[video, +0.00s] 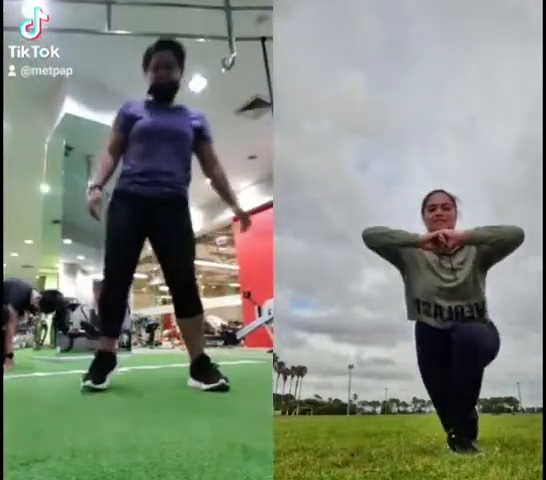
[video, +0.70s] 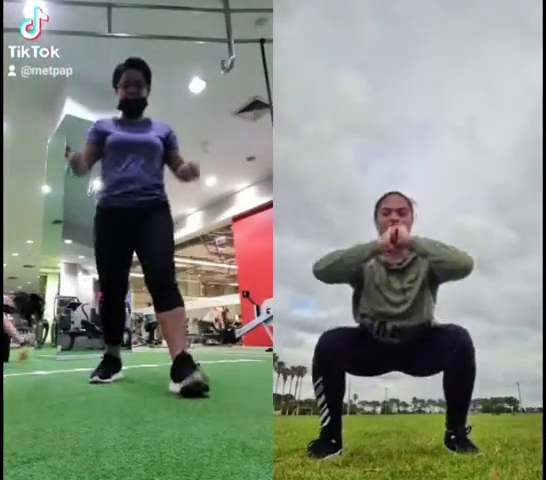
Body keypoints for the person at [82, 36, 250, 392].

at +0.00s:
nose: (163, 73)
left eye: (170, 68)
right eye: (157, 68)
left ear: (181, 74)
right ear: (147, 73)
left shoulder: (193, 120)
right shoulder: (131, 111)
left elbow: (212, 168)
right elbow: (112, 152)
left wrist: (236, 206)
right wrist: (96, 185)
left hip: (171, 204)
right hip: (128, 201)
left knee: (183, 281)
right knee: (116, 280)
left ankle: (199, 361)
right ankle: (105, 355)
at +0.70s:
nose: (132, 91)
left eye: (138, 86)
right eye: (126, 86)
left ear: (148, 91)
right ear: (116, 91)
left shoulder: (161, 130)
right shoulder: (103, 127)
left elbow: (179, 169)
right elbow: (83, 166)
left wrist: (188, 170)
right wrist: (77, 161)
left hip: (152, 212)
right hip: (112, 213)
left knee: (163, 282)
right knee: (112, 288)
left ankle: (182, 363)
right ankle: (111, 357)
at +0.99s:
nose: (141, 65)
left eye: (149, 59)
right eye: (135, 59)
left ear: (160, 66)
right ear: (124, 65)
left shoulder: (170, 107)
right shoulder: (111, 109)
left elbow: (203, 143)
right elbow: (86, 150)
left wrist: (178, 114)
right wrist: (87, 128)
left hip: (159, 200)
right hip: (115, 201)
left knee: (168, 276)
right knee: (83, 265)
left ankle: (182, 365)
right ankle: (84, 346)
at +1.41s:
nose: (114, 41)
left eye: (122, 35)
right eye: (107, 35)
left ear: (134, 42)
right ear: (94, 40)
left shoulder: (146, 87)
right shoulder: (80, 86)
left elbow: (186, 117)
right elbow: (43, 114)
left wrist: (152, 72)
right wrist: (77, 71)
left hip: (137, 192)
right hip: (87, 192)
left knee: (162, 275)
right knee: (62, 276)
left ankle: (183, 366)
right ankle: (48, 370)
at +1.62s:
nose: (92, 34)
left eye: (100, 28)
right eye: (84, 27)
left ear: (112, 35)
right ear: (71, 33)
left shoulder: (123, 80)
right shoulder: (57, 79)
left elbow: (165, 103)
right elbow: (15, 92)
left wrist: (125, 59)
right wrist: (64, 59)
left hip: (114, 191)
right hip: (64, 191)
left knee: (133, 273)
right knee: (52, 277)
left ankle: (139, 352)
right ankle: (48, 371)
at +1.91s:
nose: (79, 79)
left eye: (88, 72)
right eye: (72, 71)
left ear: (103, 79)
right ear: (61, 75)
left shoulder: (110, 119)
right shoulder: (48, 121)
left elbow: (129, 154)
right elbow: (10, 152)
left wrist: (91, 109)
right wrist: (43, 108)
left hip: (98, 227)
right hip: (51, 223)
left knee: (96, 305)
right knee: (43, 277)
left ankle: (86, 348)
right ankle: (48, 368)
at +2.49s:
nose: (87, 71)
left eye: (96, 64)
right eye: (80, 63)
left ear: (108, 72)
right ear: (66, 69)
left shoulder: (116, 115)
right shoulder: (53, 115)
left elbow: (144, 136)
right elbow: (10, 136)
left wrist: (99, 96)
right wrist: (46, 95)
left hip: (109, 224)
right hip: (63, 219)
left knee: (111, 308)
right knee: (57, 286)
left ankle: (96, 346)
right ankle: (49, 369)